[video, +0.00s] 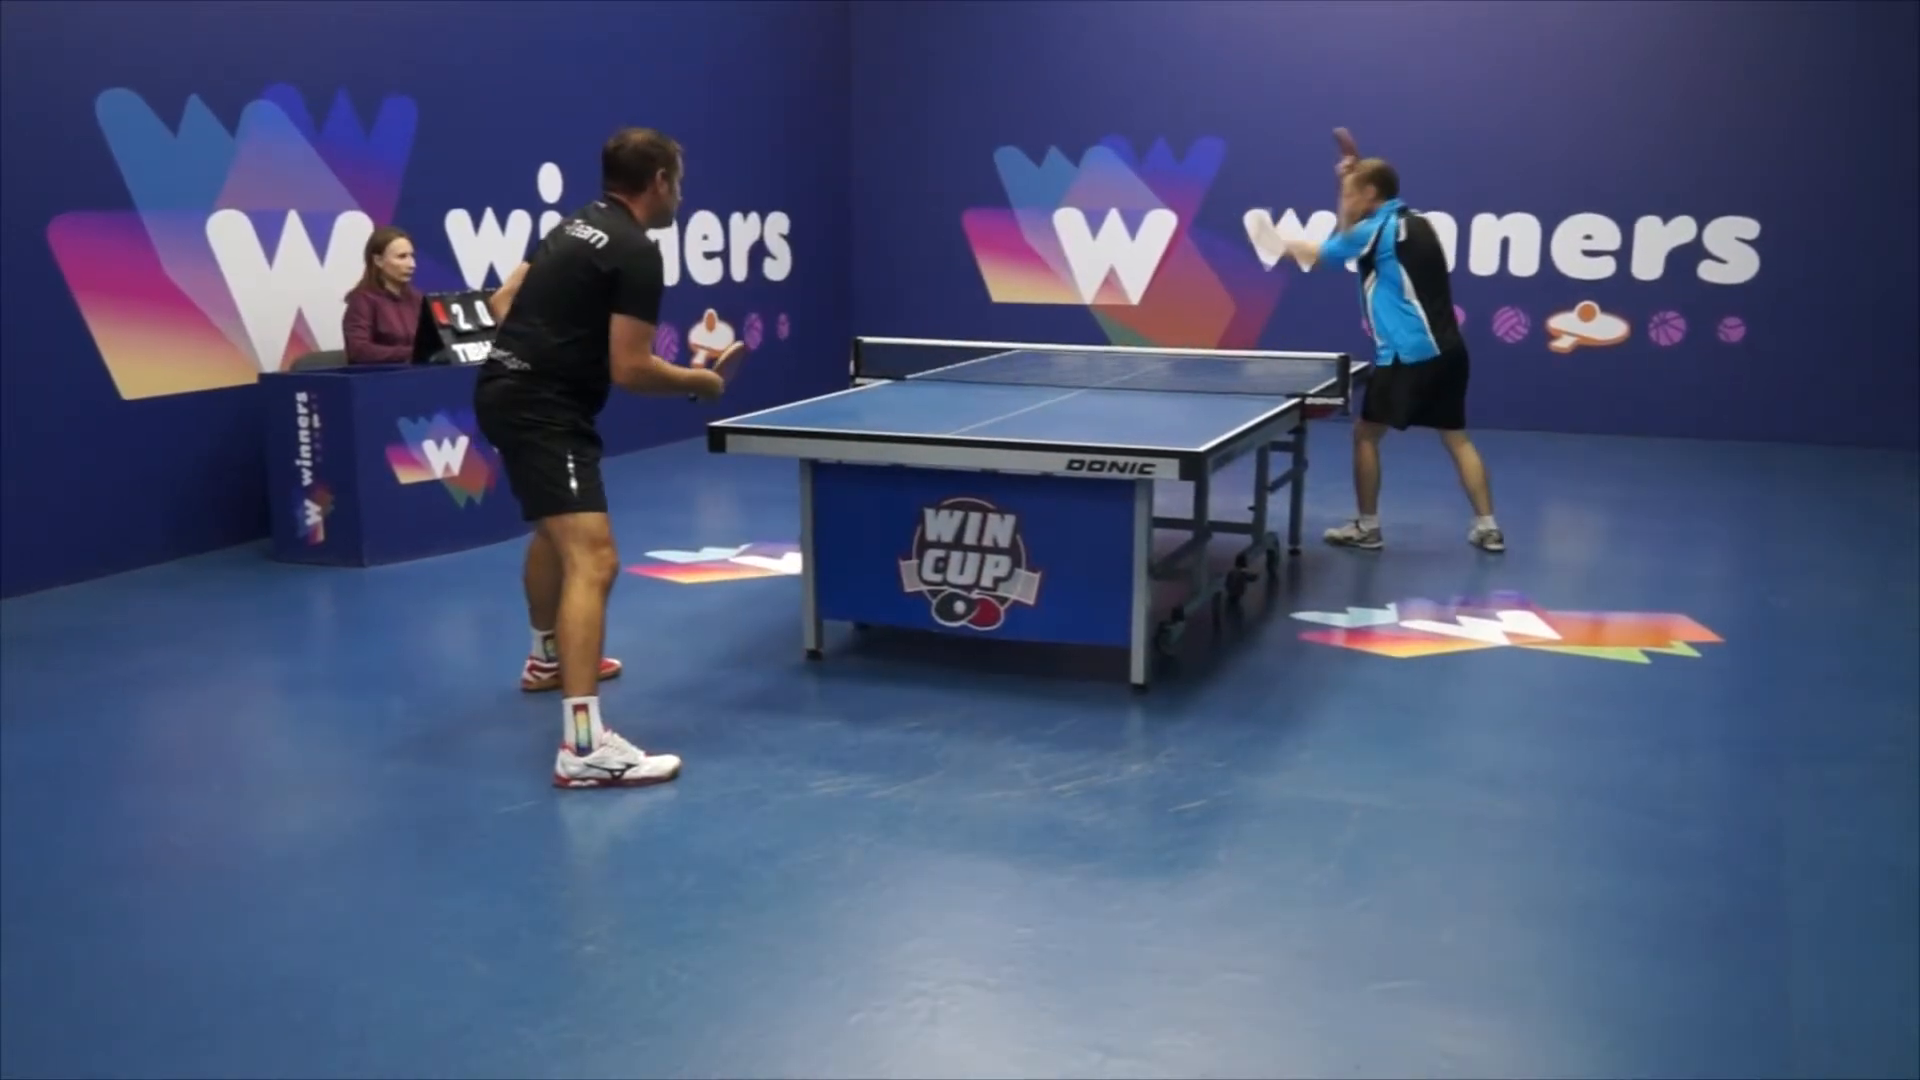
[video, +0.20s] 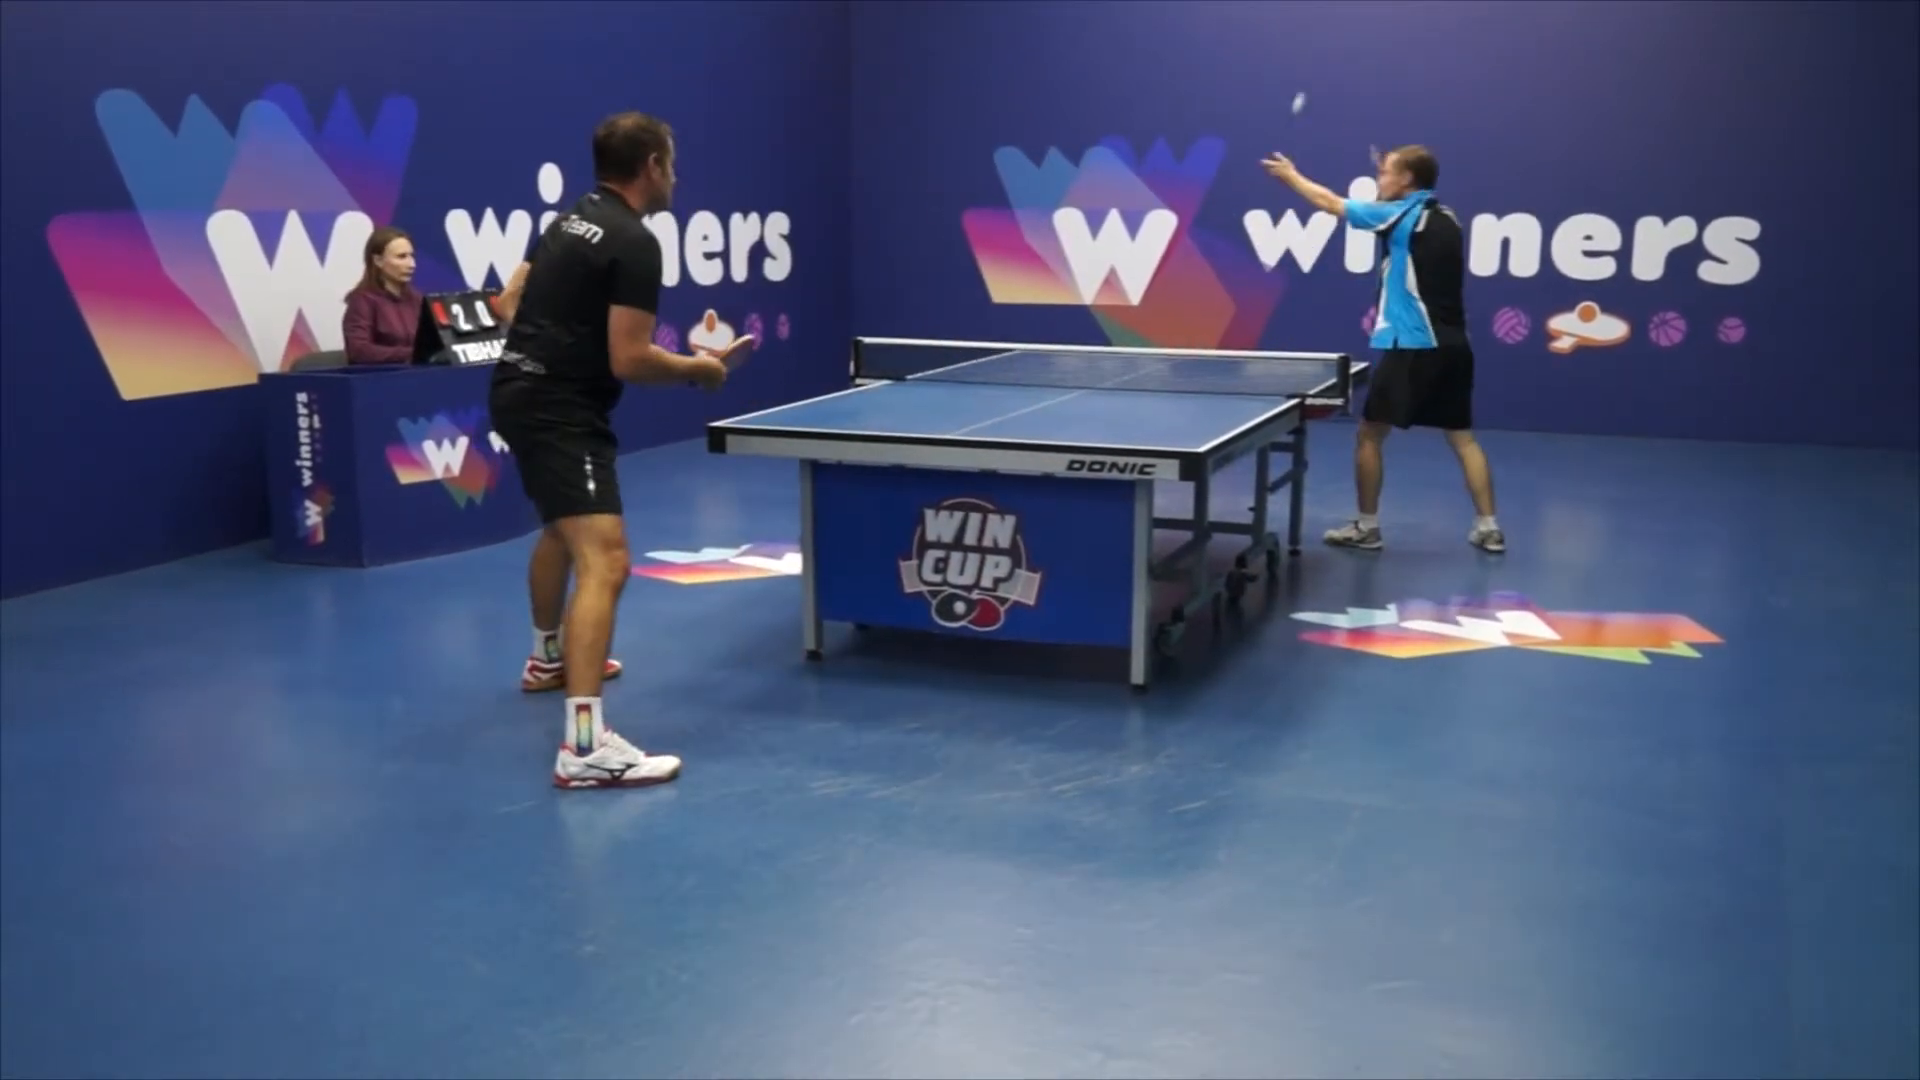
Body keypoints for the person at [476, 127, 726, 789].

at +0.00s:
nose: (679, 193)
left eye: (676, 181)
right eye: (675, 182)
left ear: (616, 181)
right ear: (655, 186)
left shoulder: (573, 225)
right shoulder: (637, 251)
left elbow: (504, 301)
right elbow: (628, 366)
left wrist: (558, 351)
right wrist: (696, 380)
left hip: (507, 389)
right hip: (545, 400)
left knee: (554, 530)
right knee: (593, 561)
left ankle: (548, 656)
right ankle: (583, 741)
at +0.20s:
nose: (673, 176)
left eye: (672, 163)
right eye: (670, 164)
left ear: (607, 167)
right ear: (650, 168)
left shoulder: (570, 219)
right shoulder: (634, 242)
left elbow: (508, 304)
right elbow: (629, 358)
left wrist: (569, 345)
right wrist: (698, 367)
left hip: (518, 391)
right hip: (561, 401)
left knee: (562, 528)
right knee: (604, 561)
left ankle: (549, 656)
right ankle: (584, 742)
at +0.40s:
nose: (670, 162)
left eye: (667, 150)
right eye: (667, 152)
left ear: (603, 157)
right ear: (649, 157)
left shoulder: (565, 214)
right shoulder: (637, 238)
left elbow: (517, 308)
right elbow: (632, 353)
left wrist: (582, 340)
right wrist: (701, 350)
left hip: (537, 393)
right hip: (586, 403)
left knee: (567, 527)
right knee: (623, 566)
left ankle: (550, 655)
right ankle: (586, 740)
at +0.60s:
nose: (680, 164)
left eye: (678, 152)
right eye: (677, 153)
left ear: (611, 158)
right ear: (660, 158)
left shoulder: (564, 216)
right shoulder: (652, 236)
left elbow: (515, 307)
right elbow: (650, 349)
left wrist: (577, 334)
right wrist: (715, 352)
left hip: (546, 396)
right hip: (602, 407)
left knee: (584, 513)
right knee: (634, 571)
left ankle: (560, 633)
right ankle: (586, 740)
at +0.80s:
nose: (693, 182)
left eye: (691, 170)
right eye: (689, 171)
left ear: (625, 175)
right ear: (670, 175)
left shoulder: (578, 231)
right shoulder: (664, 248)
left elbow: (520, 316)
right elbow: (666, 356)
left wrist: (561, 360)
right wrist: (728, 362)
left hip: (556, 409)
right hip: (613, 416)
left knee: (591, 527)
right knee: (637, 574)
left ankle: (583, 643)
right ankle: (589, 735)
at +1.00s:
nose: (711, 188)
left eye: (710, 175)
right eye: (708, 176)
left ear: (649, 175)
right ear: (683, 177)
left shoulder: (595, 221)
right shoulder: (665, 243)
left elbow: (541, 305)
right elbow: (664, 347)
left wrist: (600, 343)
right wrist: (735, 359)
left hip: (561, 388)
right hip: (614, 396)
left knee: (618, 509)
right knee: (683, 541)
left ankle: (585, 641)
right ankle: (637, 679)